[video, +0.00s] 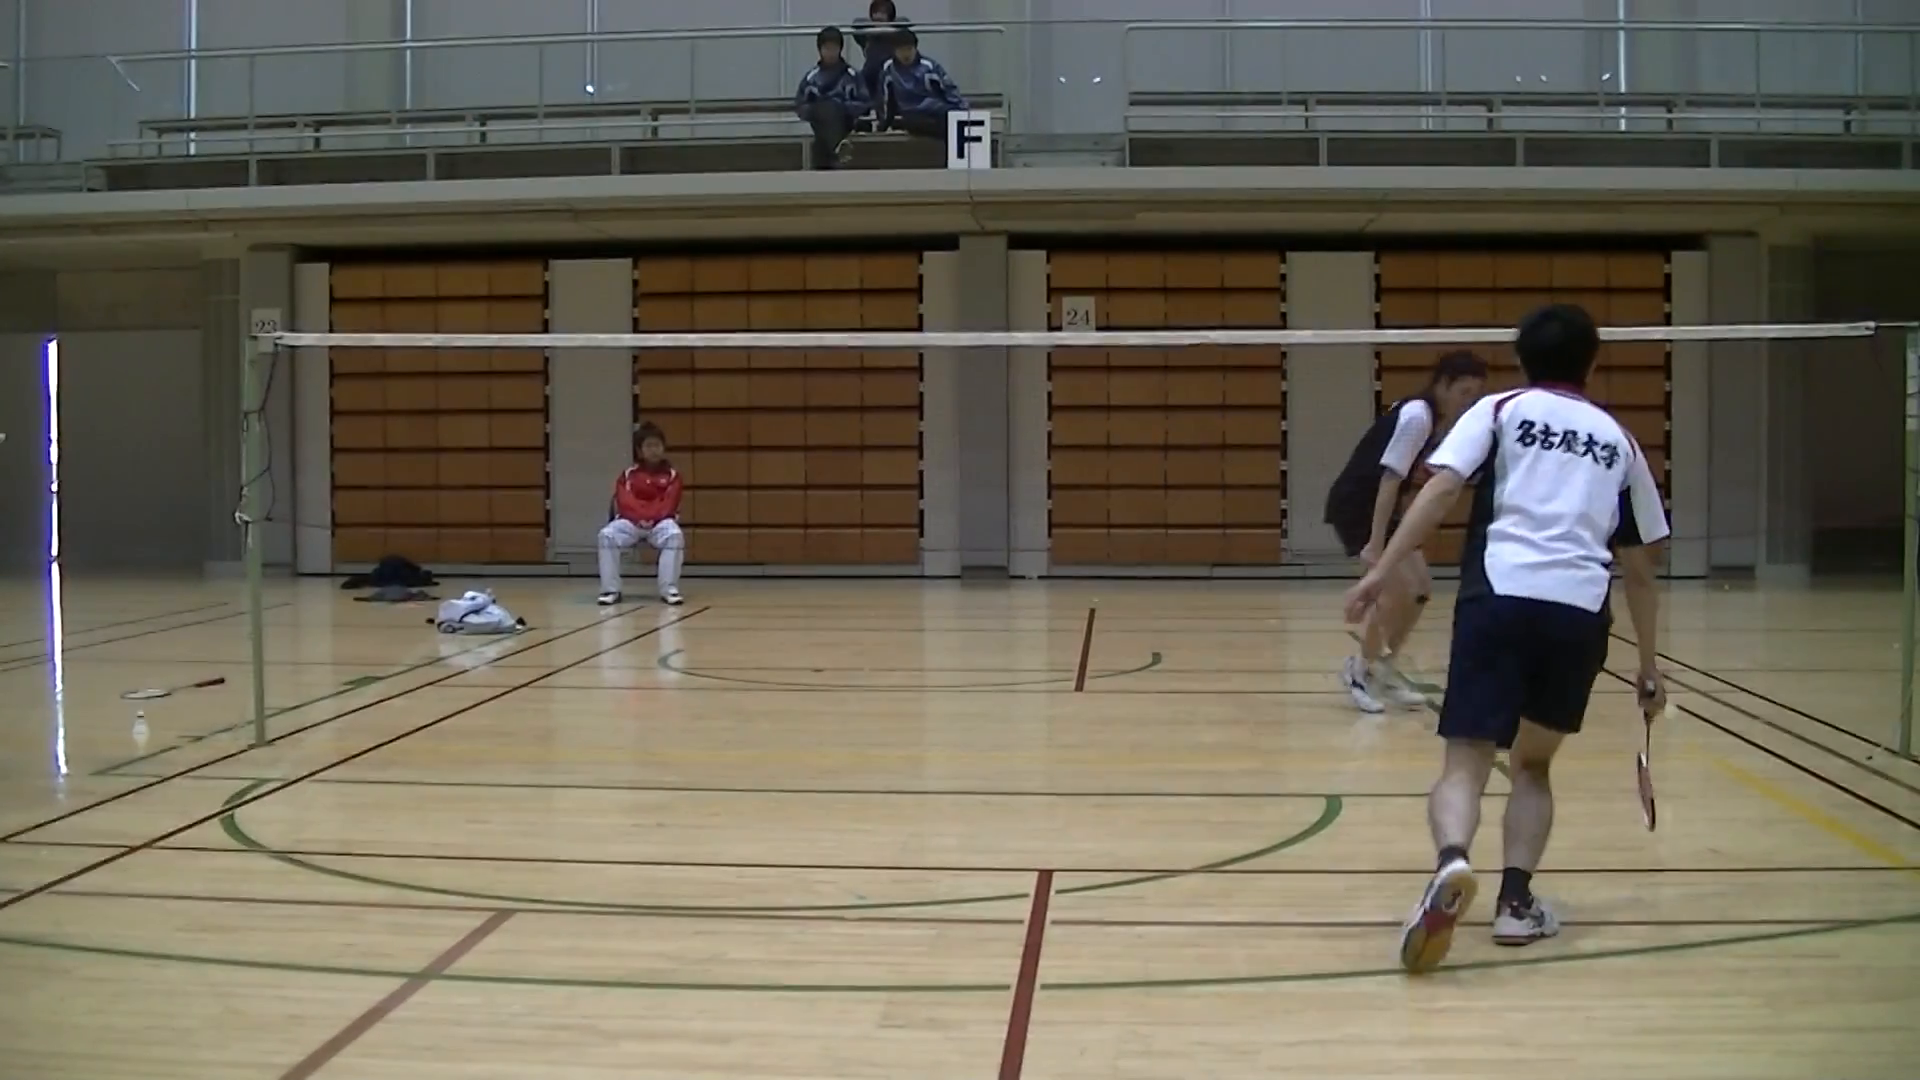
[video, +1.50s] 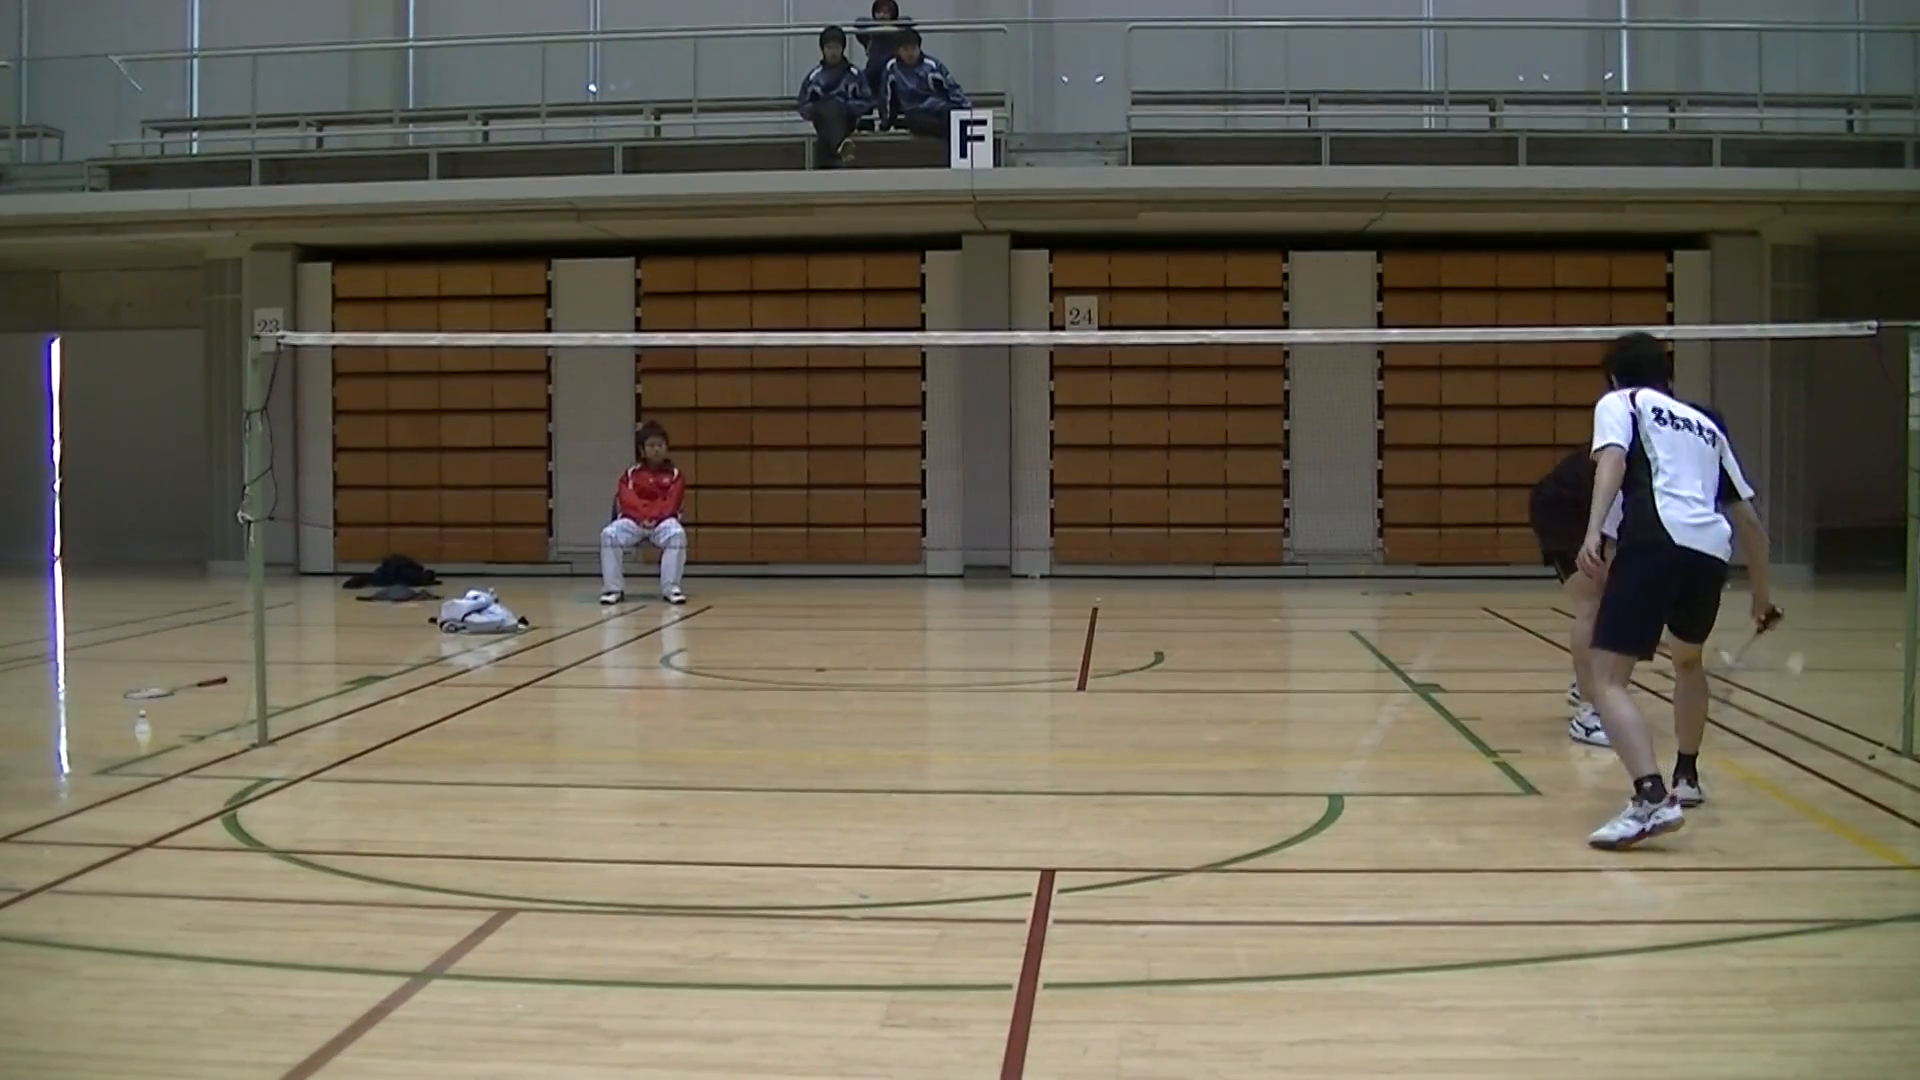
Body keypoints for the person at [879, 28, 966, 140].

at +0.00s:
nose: (906, 54)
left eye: (909, 49)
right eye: (901, 50)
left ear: (916, 49)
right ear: (895, 52)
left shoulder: (930, 66)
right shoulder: (888, 70)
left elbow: (948, 89)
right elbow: (884, 99)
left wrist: (961, 108)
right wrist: (884, 123)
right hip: (910, 115)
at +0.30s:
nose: (907, 55)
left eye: (911, 50)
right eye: (902, 50)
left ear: (917, 50)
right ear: (896, 52)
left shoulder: (931, 67)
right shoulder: (890, 71)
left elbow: (950, 89)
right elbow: (886, 100)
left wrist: (962, 108)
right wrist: (885, 124)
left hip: (940, 111)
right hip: (912, 115)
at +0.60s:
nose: (909, 54)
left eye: (913, 49)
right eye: (904, 50)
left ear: (919, 49)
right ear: (898, 52)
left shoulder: (932, 66)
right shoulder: (891, 69)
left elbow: (951, 89)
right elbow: (887, 98)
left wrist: (964, 108)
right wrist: (886, 123)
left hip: (940, 110)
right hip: (912, 114)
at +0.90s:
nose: (909, 54)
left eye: (913, 49)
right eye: (905, 49)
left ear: (919, 48)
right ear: (898, 51)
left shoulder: (932, 66)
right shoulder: (892, 69)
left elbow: (951, 88)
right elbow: (887, 97)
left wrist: (964, 108)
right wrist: (886, 123)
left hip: (941, 110)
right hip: (913, 114)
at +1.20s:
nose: (909, 54)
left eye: (913, 49)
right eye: (905, 50)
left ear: (919, 48)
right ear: (898, 51)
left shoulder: (933, 66)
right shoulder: (892, 69)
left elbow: (951, 89)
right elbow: (887, 98)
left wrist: (965, 108)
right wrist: (886, 123)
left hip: (940, 109)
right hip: (914, 114)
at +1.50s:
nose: (910, 54)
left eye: (913, 49)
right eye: (905, 49)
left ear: (919, 49)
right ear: (898, 51)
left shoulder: (933, 65)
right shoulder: (892, 69)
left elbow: (951, 88)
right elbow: (886, 97)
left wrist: (964, 106)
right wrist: (886, 122)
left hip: (941, 109)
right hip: (914, 114)